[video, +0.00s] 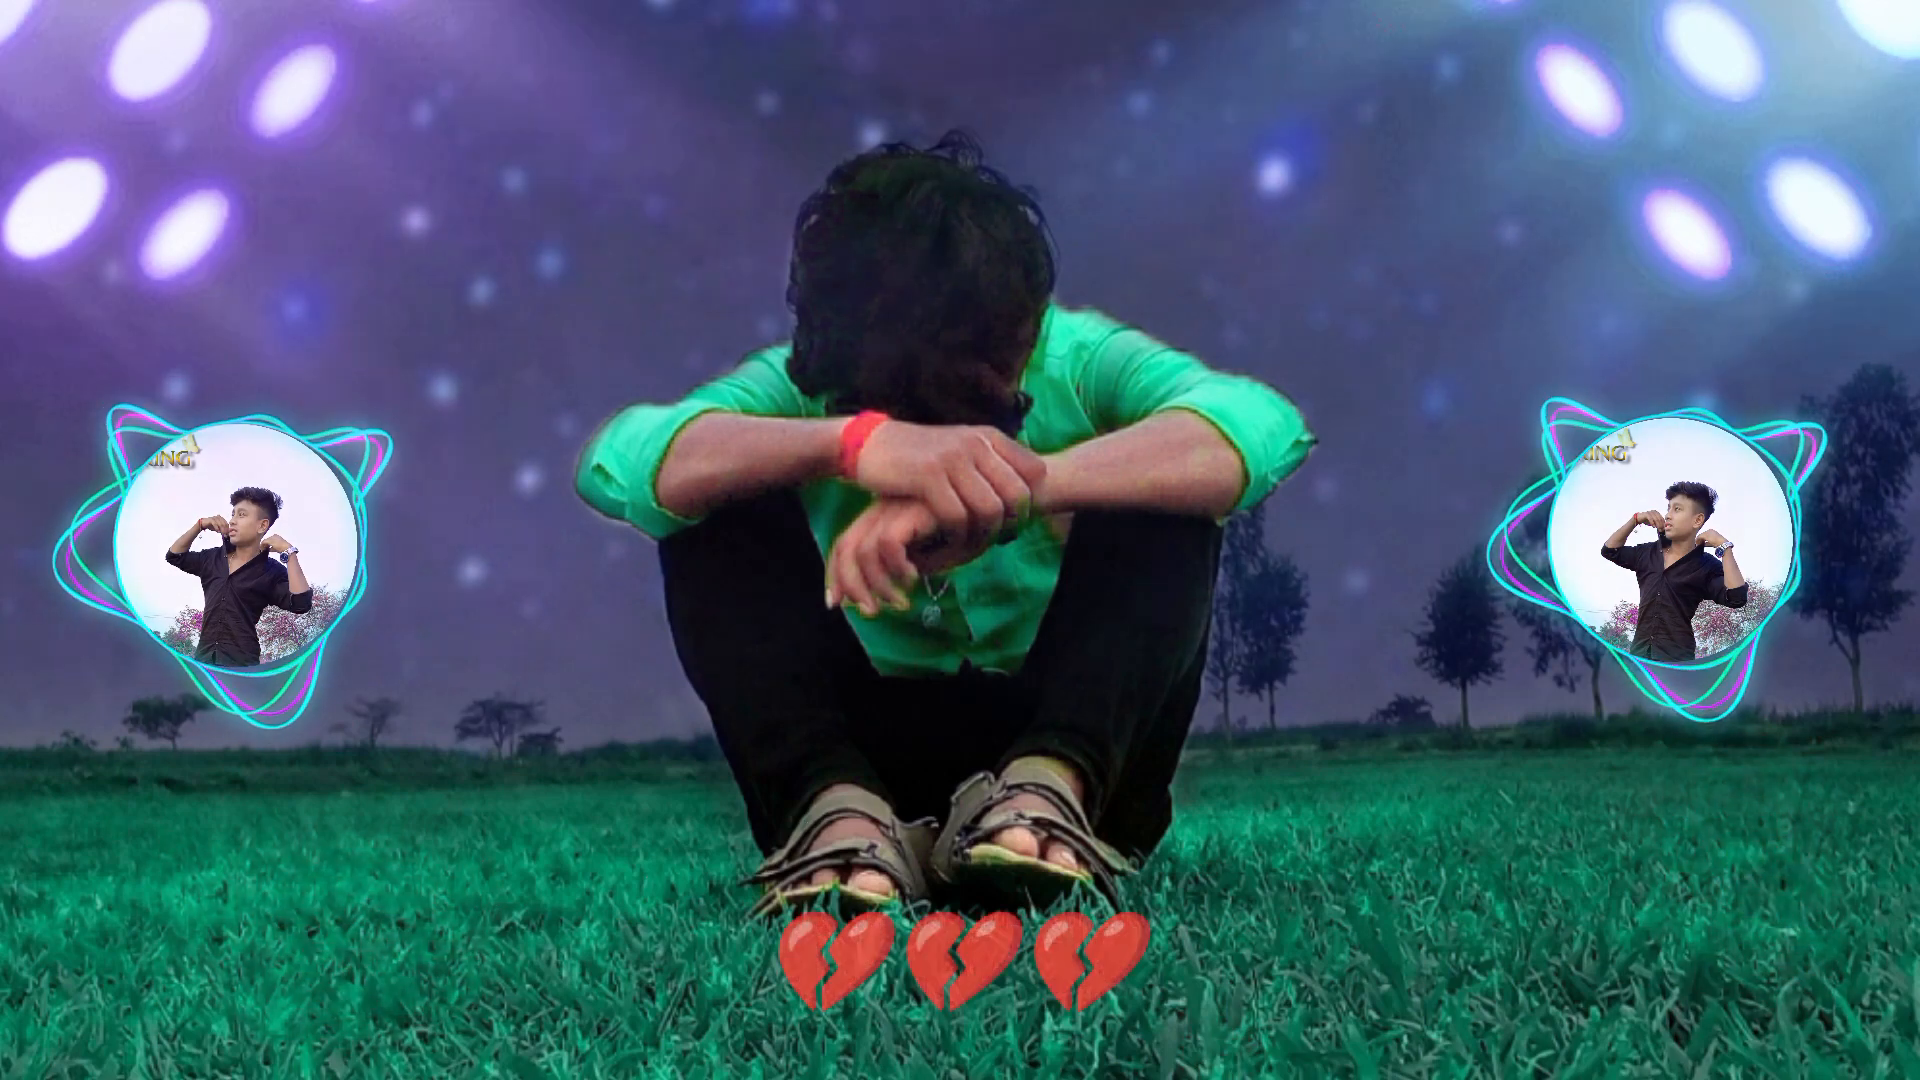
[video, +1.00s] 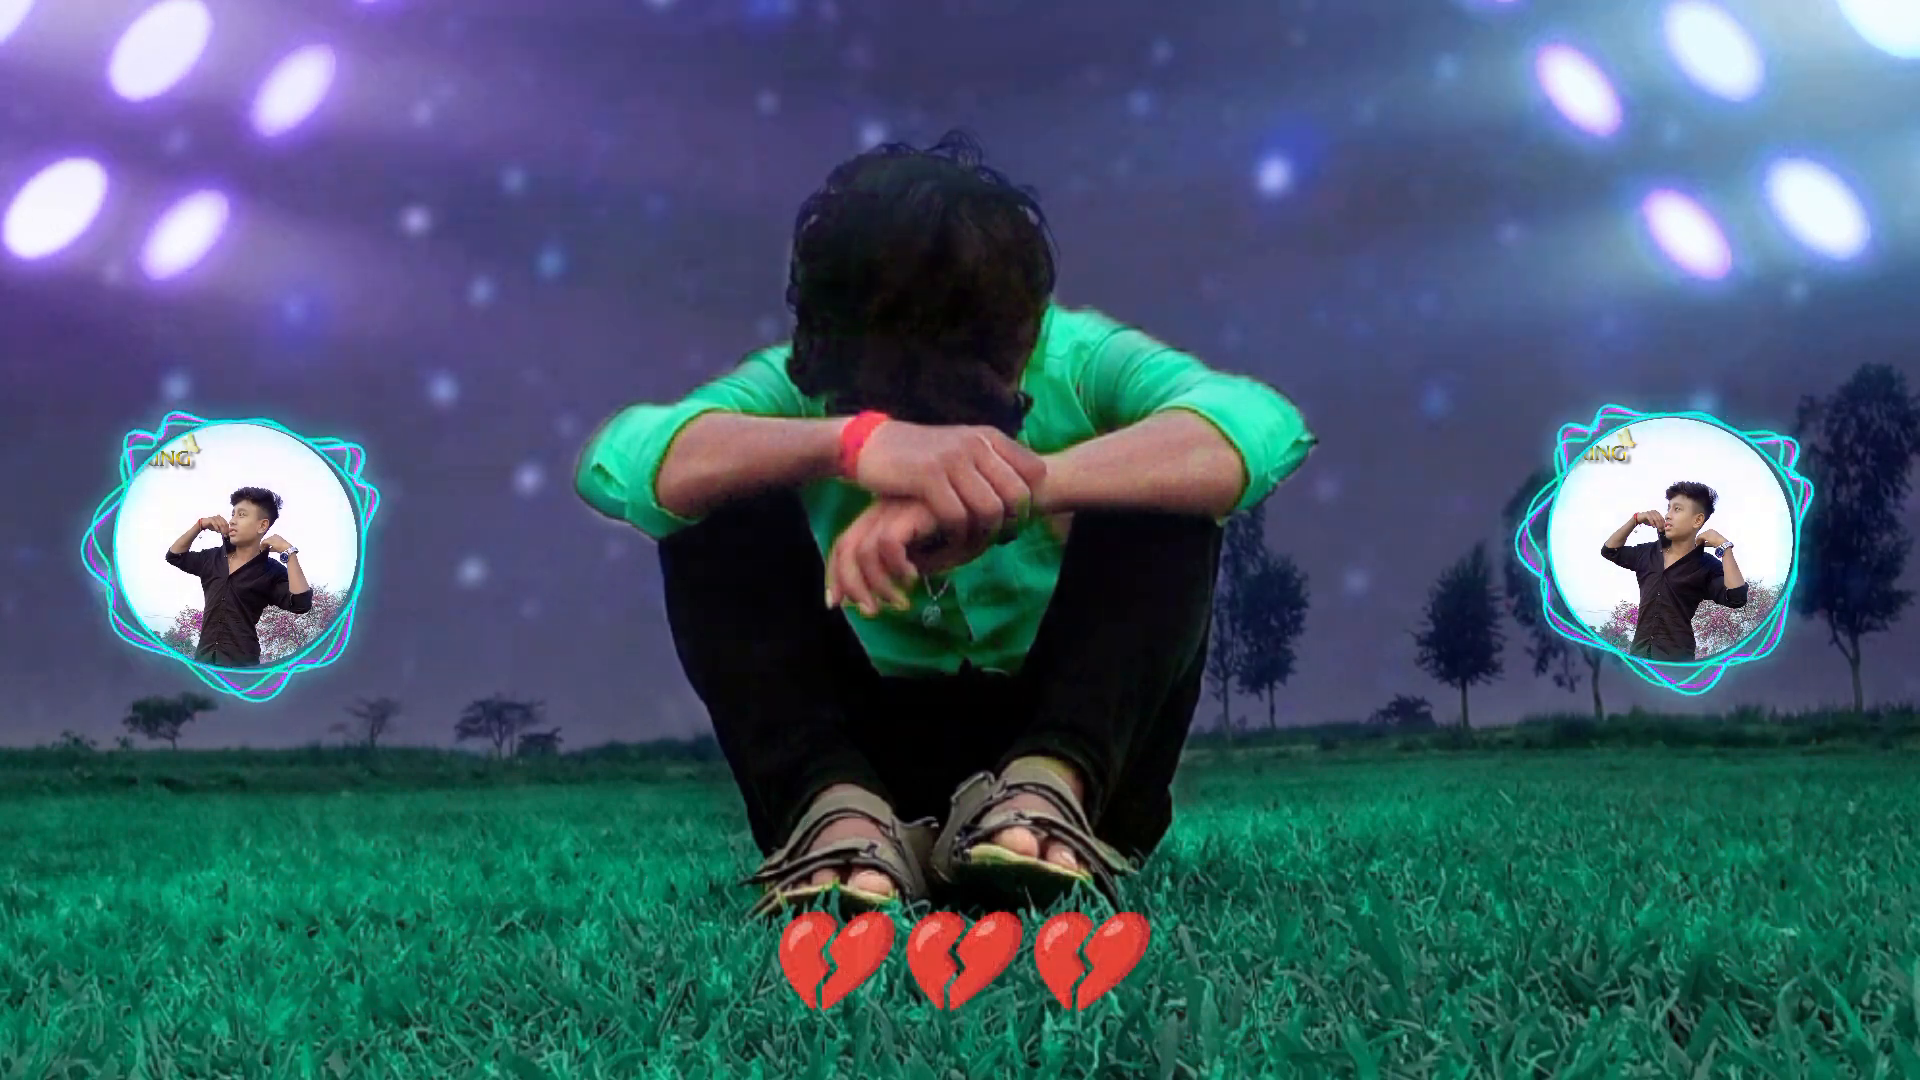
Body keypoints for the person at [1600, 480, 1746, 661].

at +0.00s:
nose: (1667, 515)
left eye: (1677, 509)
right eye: (1668, 509)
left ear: (1698, 520)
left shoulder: (1705, 564)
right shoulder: (1647, 553)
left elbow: (1737, 599)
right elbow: (1609, 551)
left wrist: (1725, 547)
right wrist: (1635, 520)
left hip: (1677, 660)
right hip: (1639, 655)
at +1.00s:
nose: (1667, 515)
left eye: (1677, 509)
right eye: (1668, 509)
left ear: (1698, 520)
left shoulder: (1705, 564)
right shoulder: (1647, 553)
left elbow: (1737, 599)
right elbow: (1609, 551)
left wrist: (1725, 547)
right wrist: (1634, 520)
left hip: (1677, 658)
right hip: (1639, 653)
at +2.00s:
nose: (1667, 515)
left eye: (1677, 509)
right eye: (1668, 509)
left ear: (1698, 520)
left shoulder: (1705, 565)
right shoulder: (1647, 553)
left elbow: (1737, 599)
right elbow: (1609, 551)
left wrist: (1725, 547)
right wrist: (1634, 520)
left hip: (1677, 659)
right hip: (1639, 654)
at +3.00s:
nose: (1667, 515)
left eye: (1677, 509)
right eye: (1668, 508)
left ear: (1698, 520)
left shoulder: (1705, 564)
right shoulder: (1647, 553)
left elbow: (1737, 599)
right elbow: (1609, 551)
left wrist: (1725, 547)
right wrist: (1634, 520)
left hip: (1677, 658)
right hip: (1639, 654)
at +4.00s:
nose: (1667, 515)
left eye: (1677, 509)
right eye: (1668, 508)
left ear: (1698, 520)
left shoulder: (1705, 565)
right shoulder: (1647, 553)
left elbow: (1737, 599)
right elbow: (1609, 551)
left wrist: (1725, 547)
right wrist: (1634, 521)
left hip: (1677, 659)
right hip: (1639, 654)